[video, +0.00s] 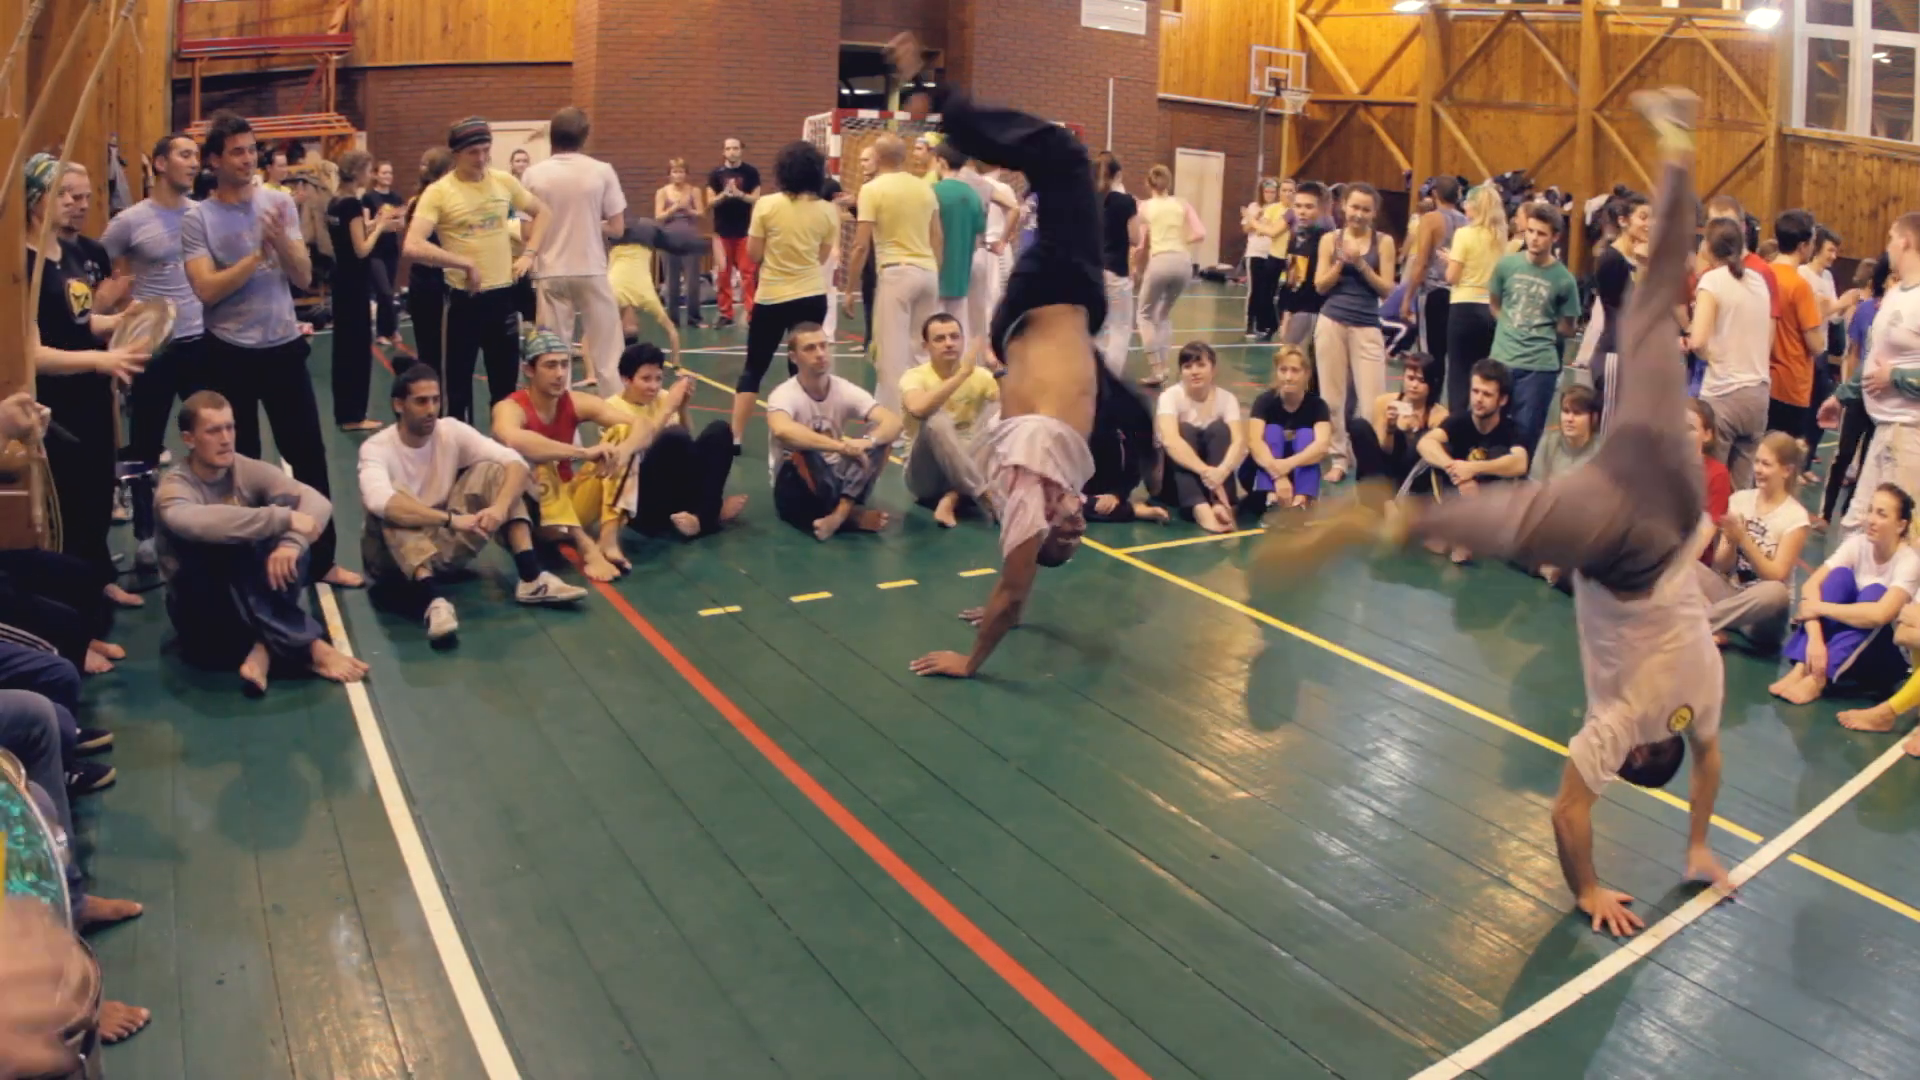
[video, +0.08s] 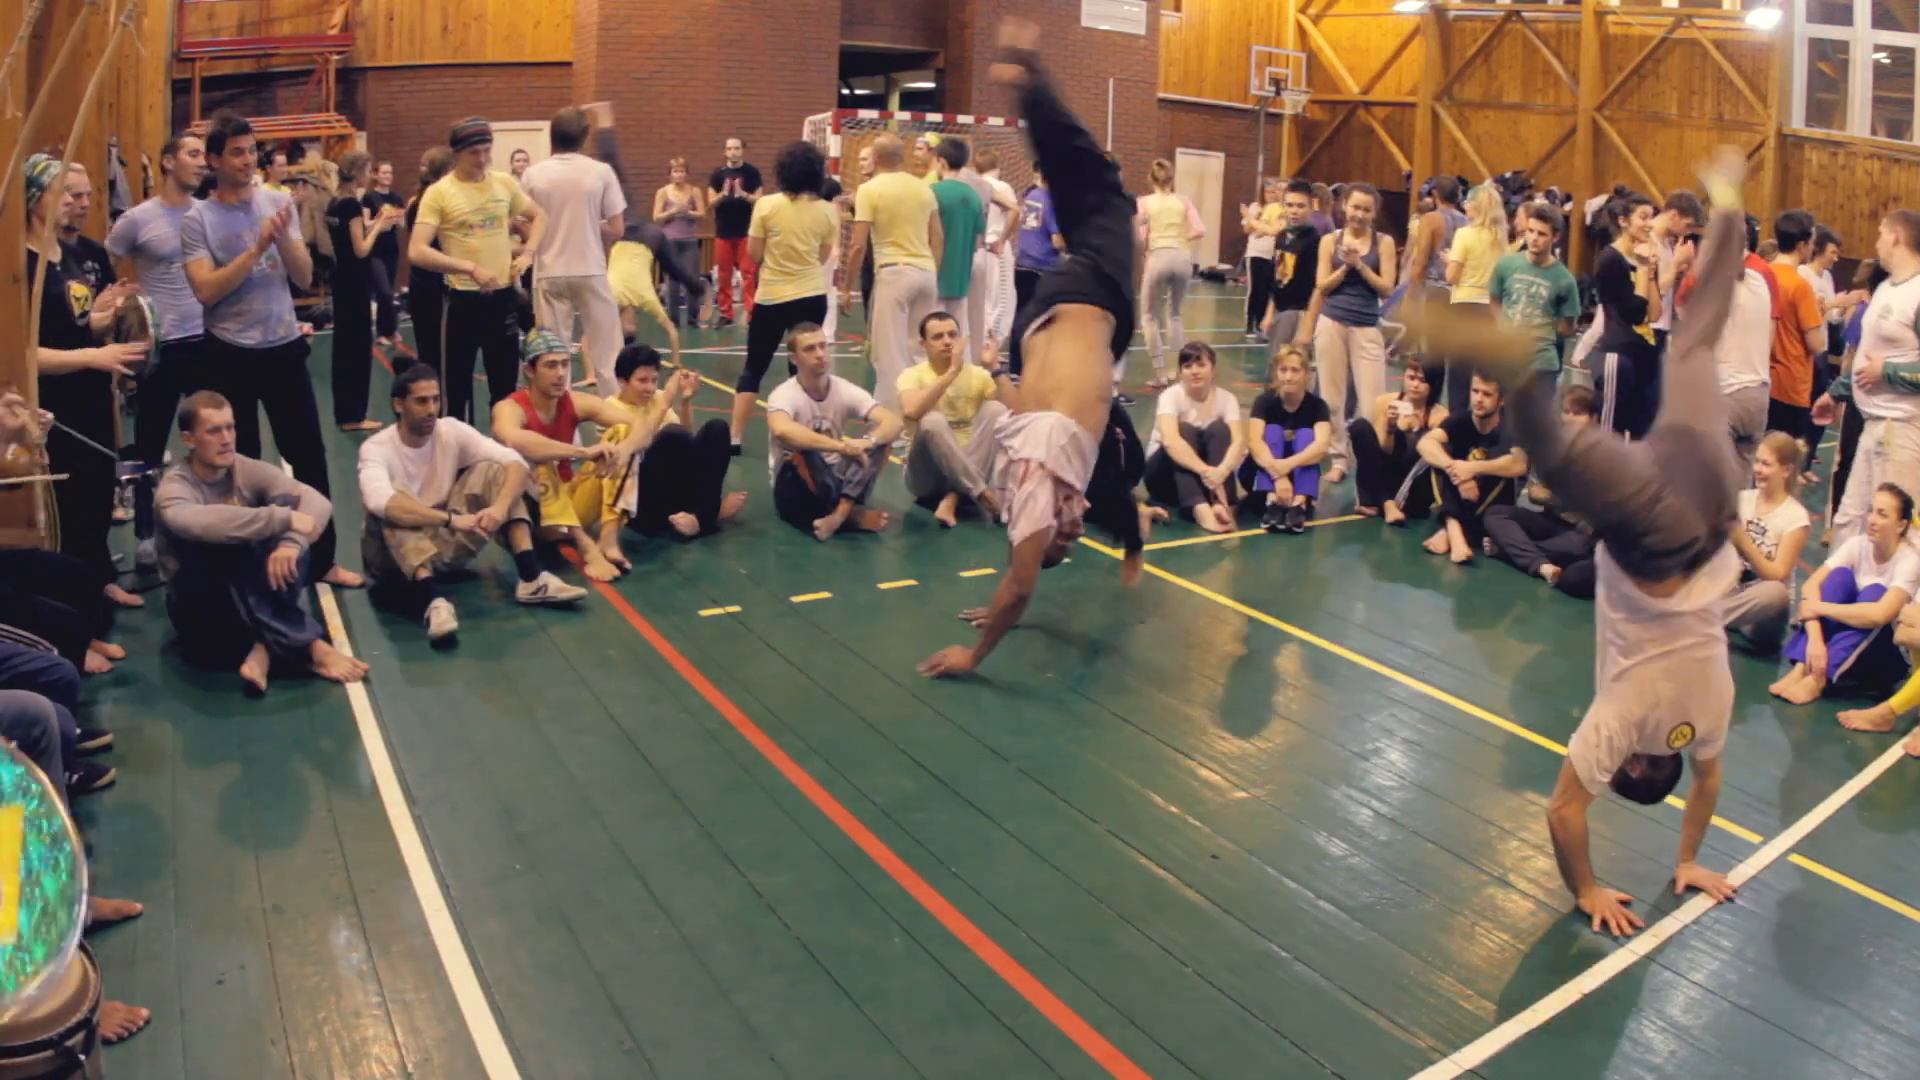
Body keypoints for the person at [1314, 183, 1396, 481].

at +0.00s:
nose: (1359, 214)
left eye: (1365, 210)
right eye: (1355, 207)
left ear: (1374, 213)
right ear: (1344, 207)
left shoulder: (1383, 242)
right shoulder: (1329, 239)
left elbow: (1386, 288)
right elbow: (1321, 285)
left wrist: (1362, 265)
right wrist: (1339, 263)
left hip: (1367, 323)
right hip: (1331, 320)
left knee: (1371, 396)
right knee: (1333, 396)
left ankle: (1371, 459)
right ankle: (1339, 457)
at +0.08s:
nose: (1360, 214)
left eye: (1366, 210)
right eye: (1355, 208)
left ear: (1374, 213)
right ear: (1345, 207)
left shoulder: (1383, 243)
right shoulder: (1329, 240)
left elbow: (1386, 287)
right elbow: (1322, 285)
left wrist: (1359, 265)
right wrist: (1345, 266)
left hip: (1366, 324)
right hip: (1330, 321)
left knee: (1371, 397)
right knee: (1333, 396)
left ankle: (1369, 461)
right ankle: (1338, 457)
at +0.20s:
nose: (1360, 215)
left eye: (1367, 210)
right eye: (1356, 208)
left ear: (1375, 214)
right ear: (1345, 208)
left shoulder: (1384, 243)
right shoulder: (1330, 240)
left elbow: (1387, 288)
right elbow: (1320, 286)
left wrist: (1362, 268)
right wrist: (1342, 268)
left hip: (1367, 323)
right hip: (1331, 320)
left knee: (1371, 396)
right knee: (1332, 395)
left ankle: (1370, 460)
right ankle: (1338, 456)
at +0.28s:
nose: (1361, 215)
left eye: (1367, 210)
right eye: (1356, 208)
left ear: (1375, 214)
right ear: (1345, 208)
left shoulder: (1384, 243)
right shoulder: (1330, 240)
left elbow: (1387, 289)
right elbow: (1320, 286)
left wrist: (1361, 266)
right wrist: (1338, 264)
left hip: (1367, 323)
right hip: (1332, 320)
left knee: (1371, 397)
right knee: (1333, 396)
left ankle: (1369, 461)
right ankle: (1338, 457)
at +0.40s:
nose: (1361, 215)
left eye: (1367, 210)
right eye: (1357, 208)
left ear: (1375, 214)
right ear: (1345, 207)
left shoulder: (1384, 243)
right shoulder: (1330, 240)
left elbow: (1387, 289)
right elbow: (1321, 285)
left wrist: (1360, 267)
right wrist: (1342, 267)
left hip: (1367, 323)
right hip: (1332, 320)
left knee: (1371, 396)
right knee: (1333, 394)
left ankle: (1371, 461)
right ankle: (1338, 457)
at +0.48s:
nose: (1361, 215)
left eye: (1367, 210)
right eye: (1357, 208)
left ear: (1375, 214)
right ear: (1345, 207)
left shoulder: (1384, 243)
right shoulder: (1330, 240)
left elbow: (1387, 288)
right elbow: (1320, 287)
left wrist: (1359, 267)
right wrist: (1345, 268)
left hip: (1367, 323)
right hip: (1332, 320)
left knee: (1371, 396)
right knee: (1333, 395)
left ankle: (1370, 460)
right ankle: (1338, 456)